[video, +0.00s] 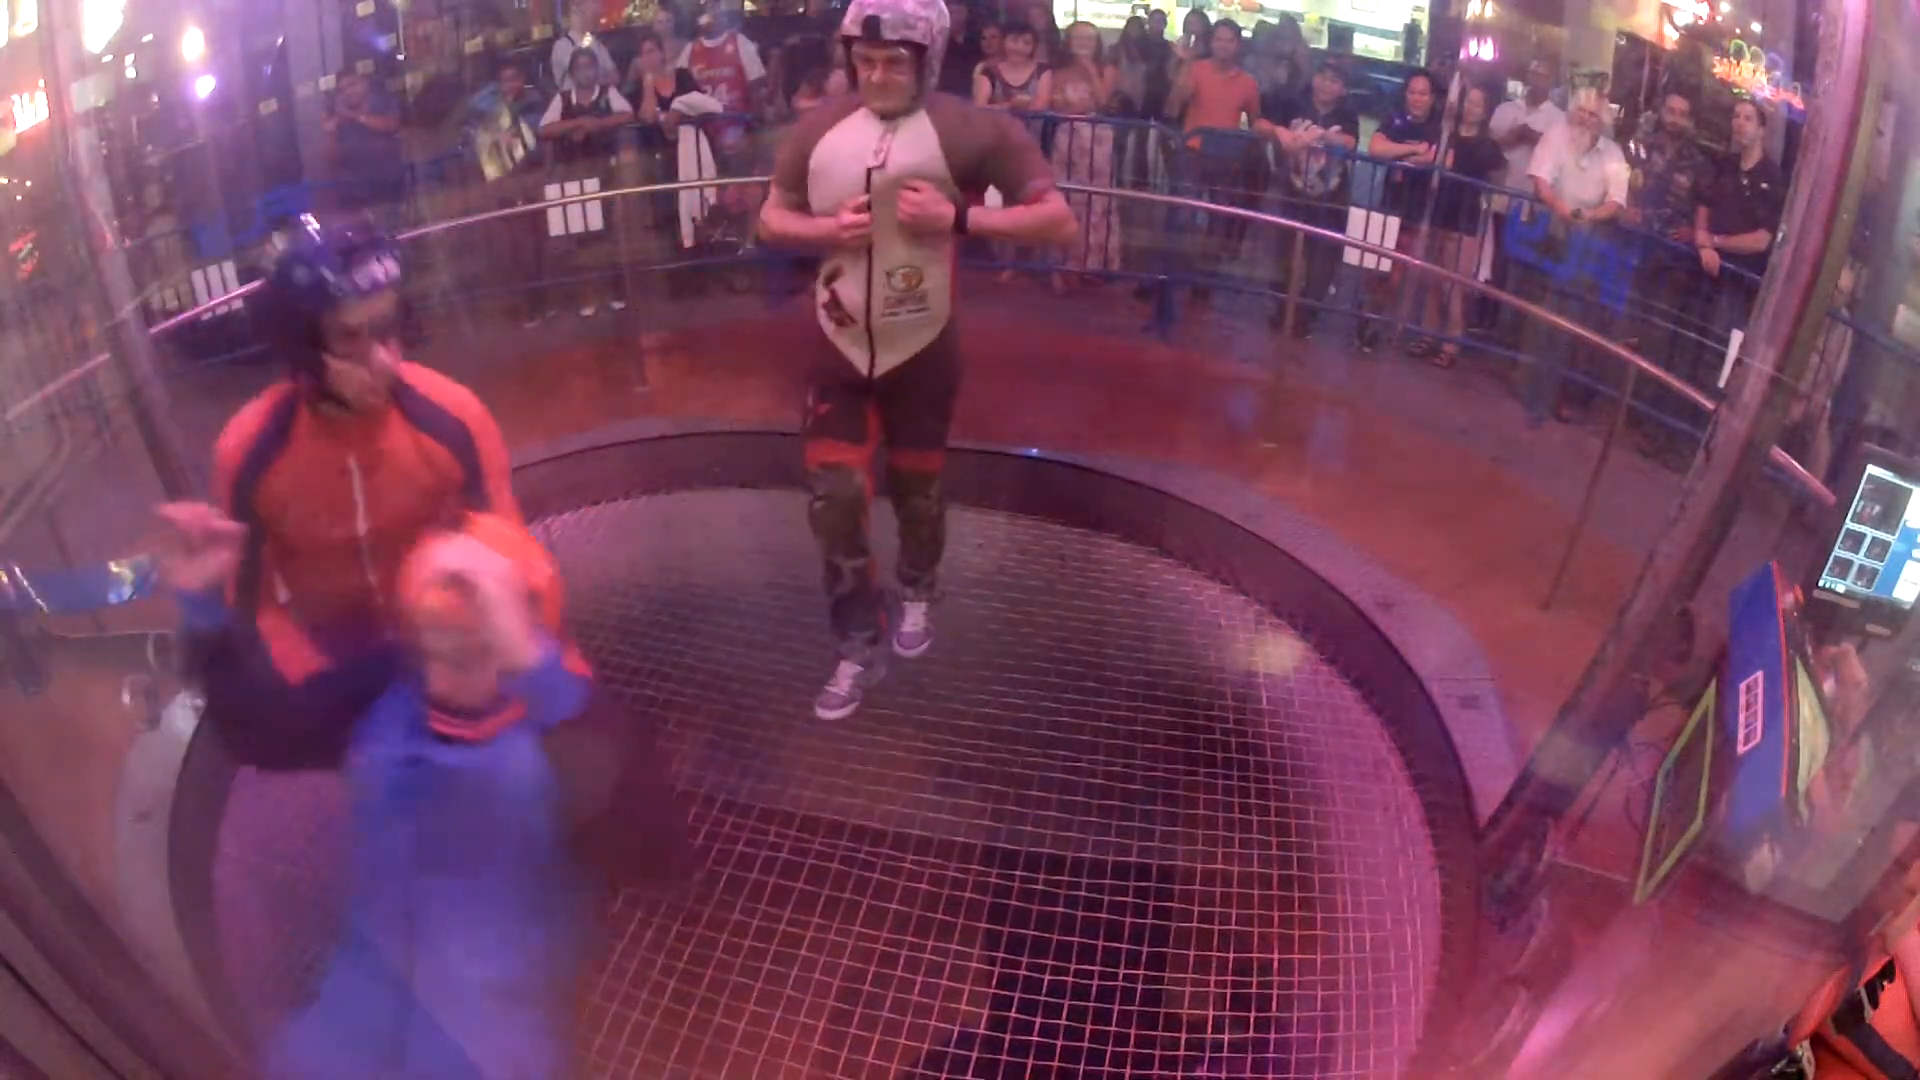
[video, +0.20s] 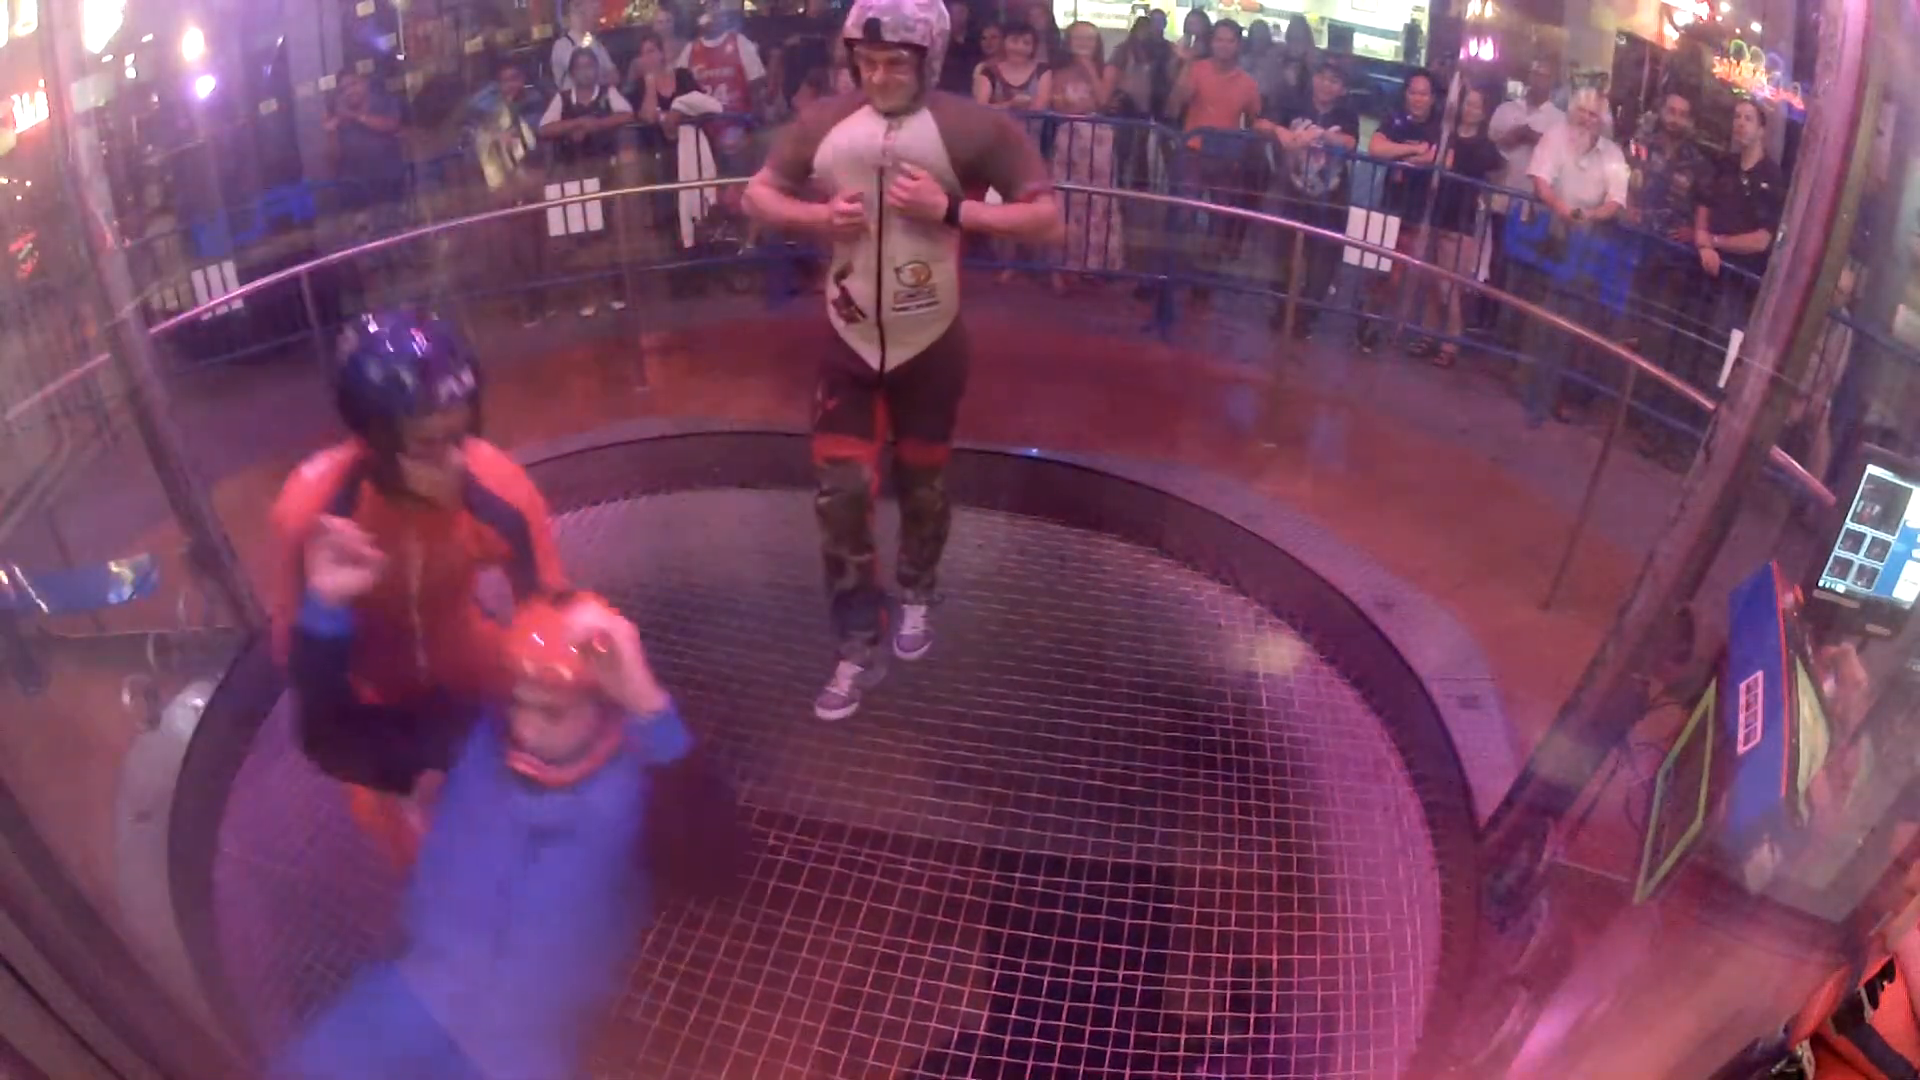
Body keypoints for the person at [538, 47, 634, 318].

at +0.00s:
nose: (585, 72)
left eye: (589, 66)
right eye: (579, 67)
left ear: (597, 69)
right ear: (571, 71)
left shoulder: (608, 92)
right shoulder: (563, 98)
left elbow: (626, 115)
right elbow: (545, 129)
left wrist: (592, 124)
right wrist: (578, 123)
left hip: (606, 170)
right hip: (572, 174)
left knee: (608, 234)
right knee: (581, 238)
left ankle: (615, 291)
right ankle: (587, 297)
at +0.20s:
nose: (584, 72)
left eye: (589, 66)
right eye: (579, 67)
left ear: (597, 69)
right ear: (571, 72)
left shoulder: (608, 92)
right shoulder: (562, 97)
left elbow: (626, 115)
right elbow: (544, 129)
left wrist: (592, 124)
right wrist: (575, 125)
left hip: (605, 170)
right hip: (571, 174)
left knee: (607, 233)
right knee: (579, 238)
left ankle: (615, 291)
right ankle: (587, 297)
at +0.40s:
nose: (584, 72)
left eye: (589, 66)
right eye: (579, 67)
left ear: (597, 69)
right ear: (571, 72)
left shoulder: (608, 92)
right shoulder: (562, 98)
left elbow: (626, 115)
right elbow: (544, 129)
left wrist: (592, 125)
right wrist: (575, 125)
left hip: (604, 170)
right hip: (571, 174)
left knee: (607, 234)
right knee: (579, 238)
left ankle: (614, 292)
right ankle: (587, 296)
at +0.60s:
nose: (584, 72)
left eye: (589, 67)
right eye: (579, 67)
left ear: (597, 70)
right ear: (571, 72)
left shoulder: (608, 92)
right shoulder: (563, 97)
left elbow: (626, 115)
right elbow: (544, 129)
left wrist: (593, 124)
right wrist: (575, 124)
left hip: (605, 170)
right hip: (573, 174)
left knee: (608, 234)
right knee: (582, 238)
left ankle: (615, 292)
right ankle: (590, 296)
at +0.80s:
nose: (585, 72)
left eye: (589, 67)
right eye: (579, 67)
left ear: (597, 70)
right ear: (571, 72)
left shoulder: (608, 92)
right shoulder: (563, 97)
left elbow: (626, 115)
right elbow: (544, 129)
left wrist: (594, 124)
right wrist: (575, 124)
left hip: (606, 170)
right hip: (573, 174)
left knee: (609, 234)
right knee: (582, 238)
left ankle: (615, 293)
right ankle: (590, 296)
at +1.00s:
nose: (584, 72)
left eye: (589, 67)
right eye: (579, 68)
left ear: (597, 70)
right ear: (571, 72)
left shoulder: (608, 92)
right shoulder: (562, 98)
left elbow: (626, 114)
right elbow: (544, 129)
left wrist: (594, 124)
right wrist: (574, 125)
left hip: (606, 170)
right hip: (573, 174)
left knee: (610, 234)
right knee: (583, 239)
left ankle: (616, 293)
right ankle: (590, 296)